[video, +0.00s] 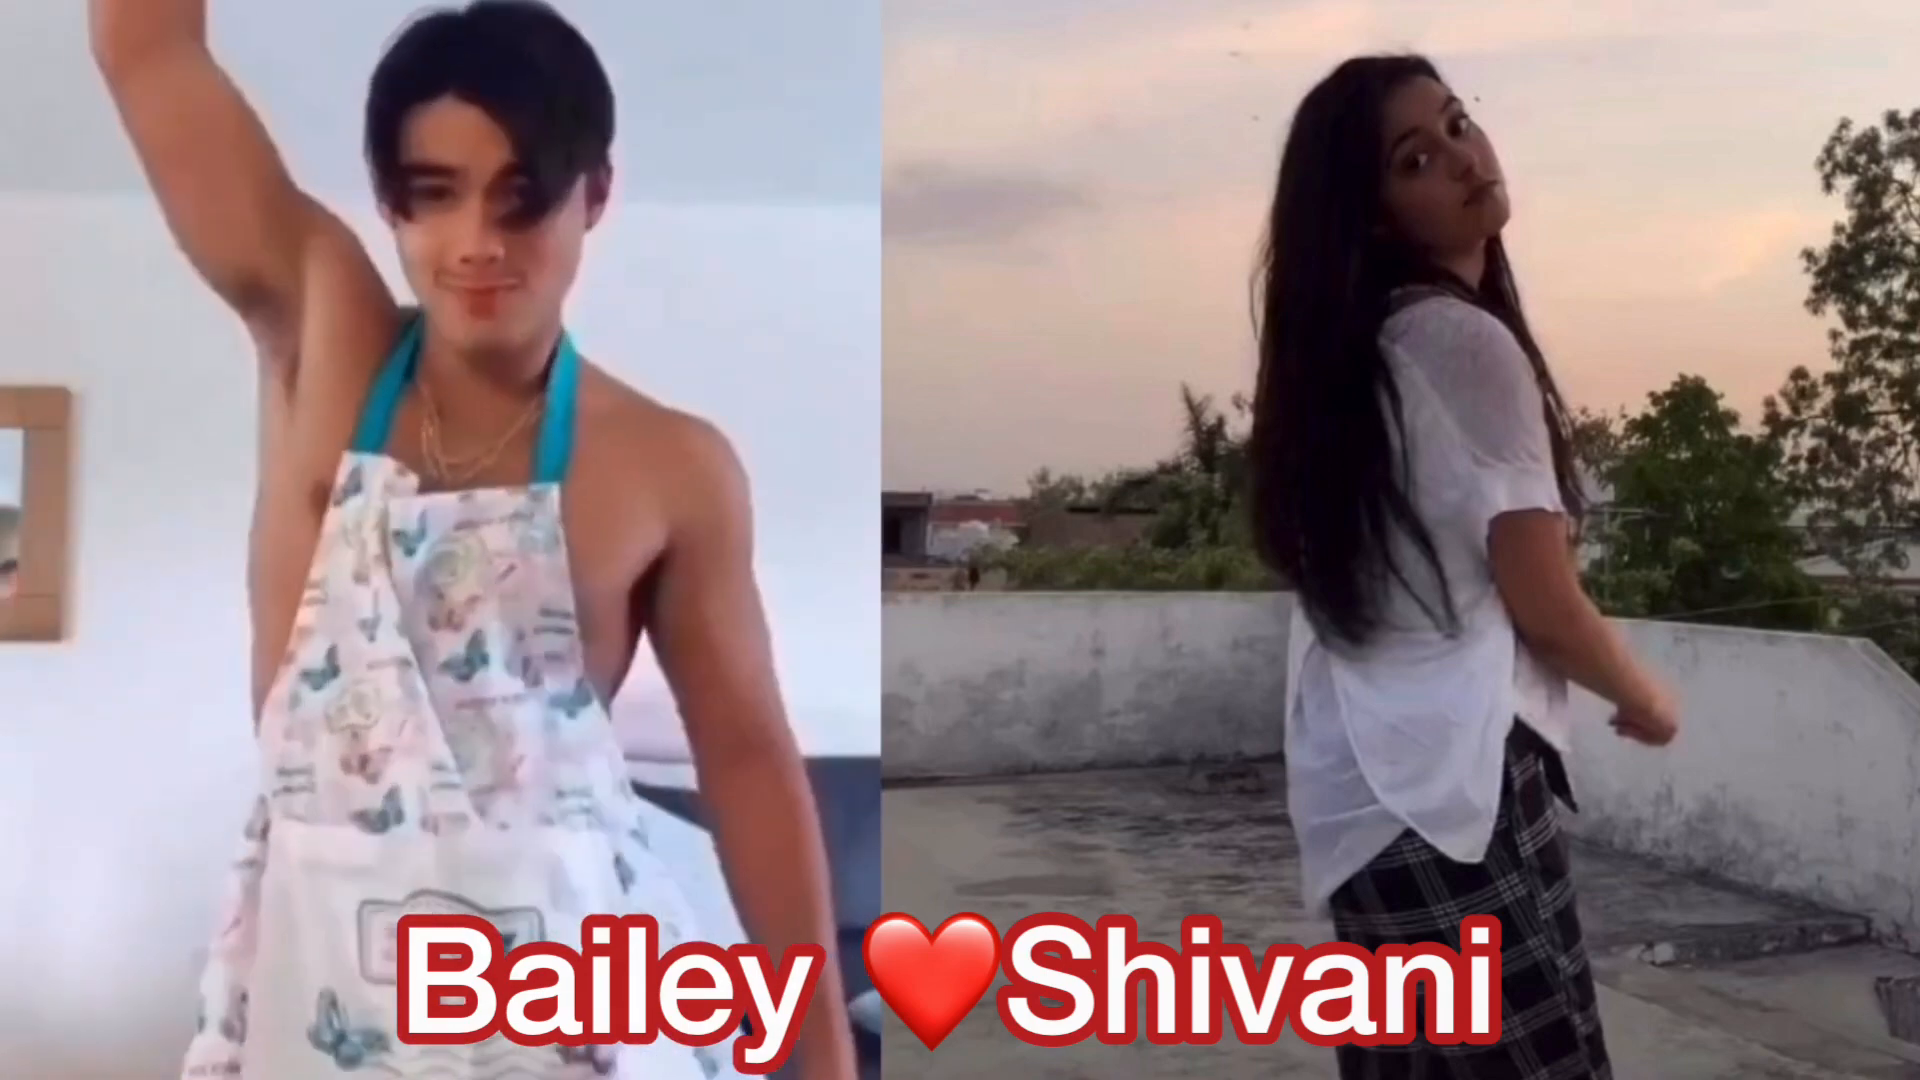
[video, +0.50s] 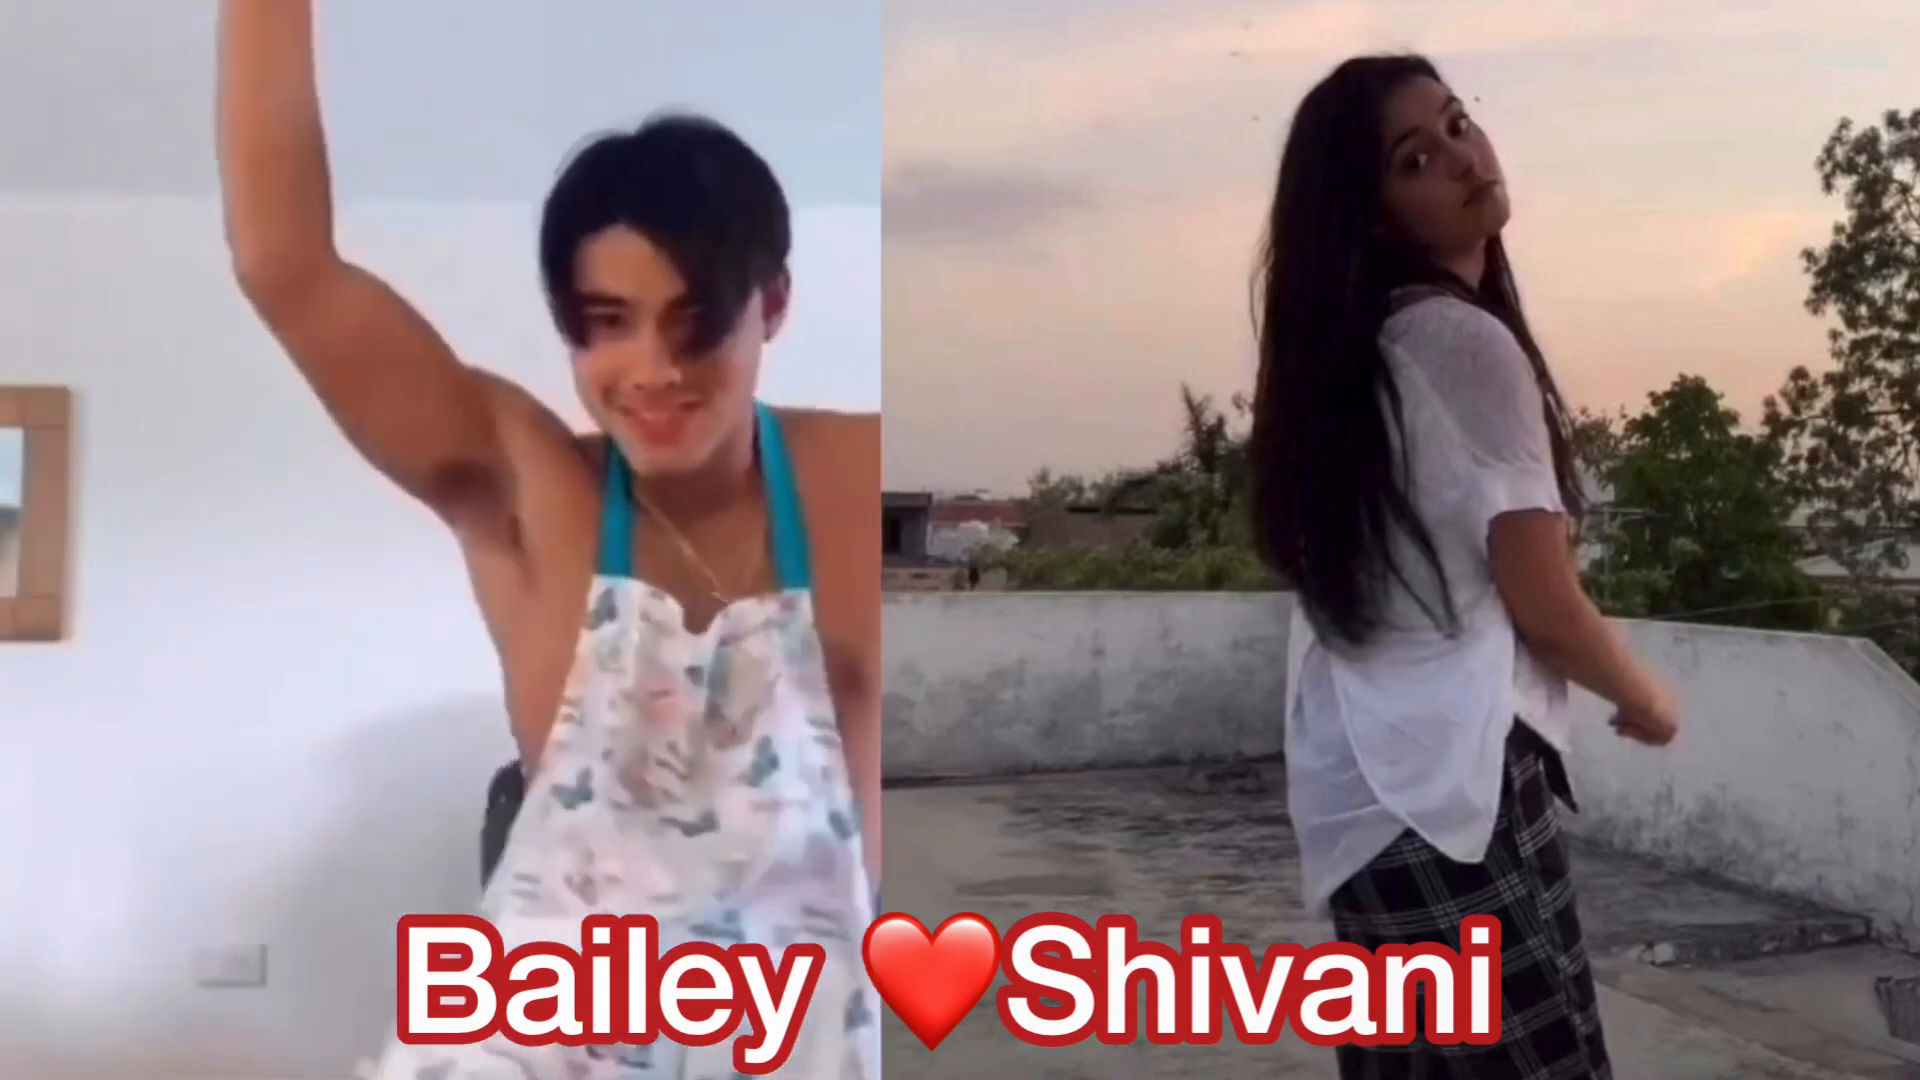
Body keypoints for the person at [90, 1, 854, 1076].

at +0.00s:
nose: (476, 245)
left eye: (523, 197)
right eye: (430, 196)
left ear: (596, 198)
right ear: (387, 206)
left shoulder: (670, 470)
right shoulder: (313, 319)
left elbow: (750, 765)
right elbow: (146, 44)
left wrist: (820, 1046)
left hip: (561, 983)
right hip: (311, 967)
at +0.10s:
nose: (504, 222)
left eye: (548, 172)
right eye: (454, 173)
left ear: (622, 166)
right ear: (412, 177)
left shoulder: (707, 422)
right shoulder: (346, 276)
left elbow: (759, 721)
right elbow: (165, 19)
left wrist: (815, 1024)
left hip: (562, 940)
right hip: (309, 926)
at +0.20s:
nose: (537, 243)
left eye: (584, 191)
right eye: (493, 193)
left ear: (659, 184)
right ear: (449, 197)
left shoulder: (756, 411)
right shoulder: (390, 307)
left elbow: (787, 718)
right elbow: (200, 50)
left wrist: (814, 1029)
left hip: (579, 942)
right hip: (329, 917)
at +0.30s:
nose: (577, 298)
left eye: (625, 248)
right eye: (533, 250)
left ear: (699, 239)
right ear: (491, 254)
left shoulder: (813, 445)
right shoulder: (433, 389)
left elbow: (841, 750)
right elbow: (237, 141)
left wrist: (846, 1037)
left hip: (647, 1015)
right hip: (385, 990)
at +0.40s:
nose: (611, 350)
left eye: (660, 301)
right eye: (567, 301)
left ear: (737, 289)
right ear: (529, 306)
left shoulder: (845, 470)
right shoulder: (470, 450)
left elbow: (812, 755)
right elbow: (263, 217)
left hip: (728, 1013)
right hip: (492, 1004)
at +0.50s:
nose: (653, 371)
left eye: (695, 319)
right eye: (605, 322)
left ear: (773, 309)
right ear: (566, 325)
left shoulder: (855, 470)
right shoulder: (505, 474)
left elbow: (858, 778)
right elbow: (285, 264)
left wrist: (853, 979)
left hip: (806, 1008)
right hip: (564, 1007)